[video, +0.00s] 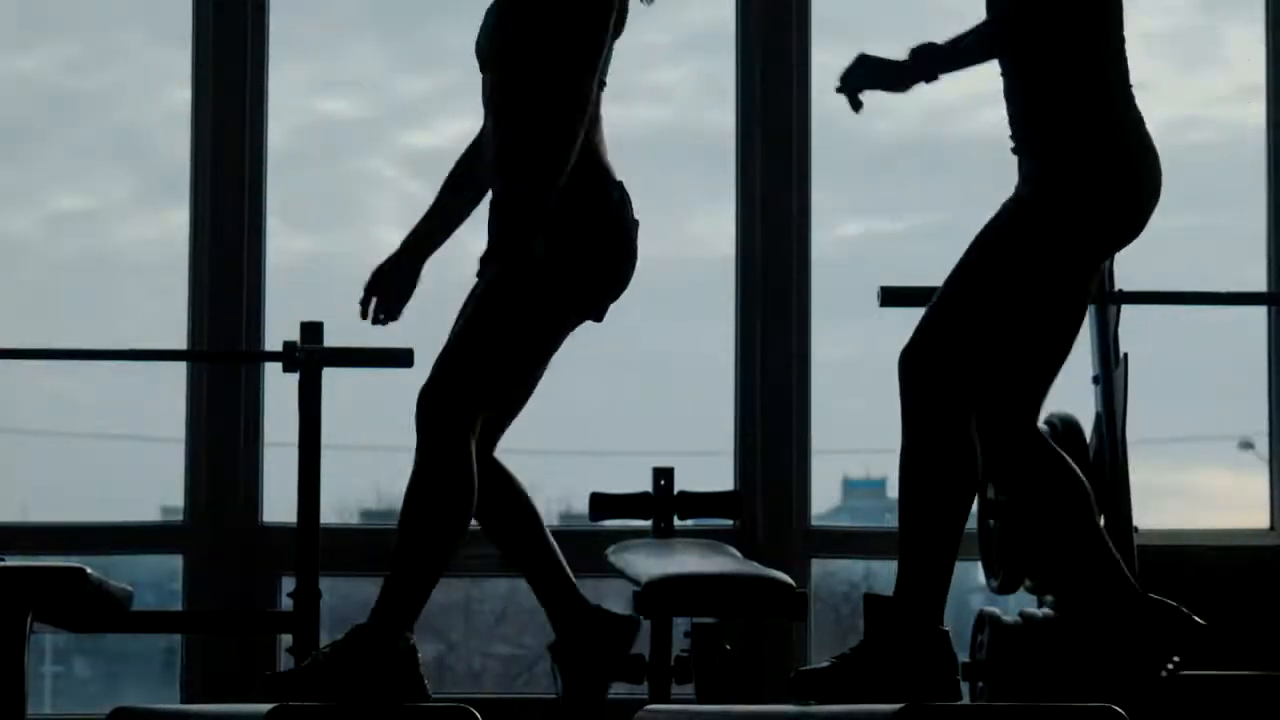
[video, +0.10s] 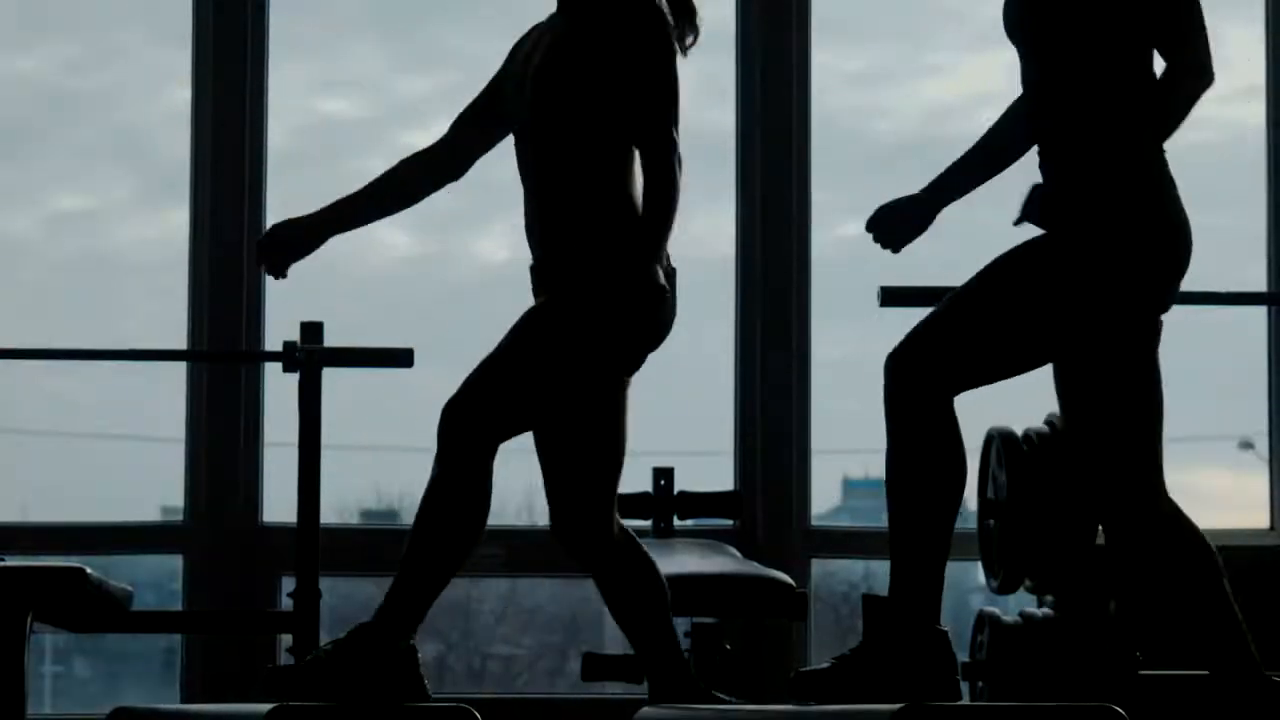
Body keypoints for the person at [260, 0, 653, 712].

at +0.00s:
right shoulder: (521, 7)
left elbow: (548, 129)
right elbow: (495, 135)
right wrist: (412, 253)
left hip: (564, 231)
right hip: (539, 231)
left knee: (447, 417)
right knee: (464, 442)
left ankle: (383, 643)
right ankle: (579, 628)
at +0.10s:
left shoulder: (640, 31)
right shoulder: (539, 47)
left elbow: (662, 154)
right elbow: (444, 158)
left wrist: (649, 260)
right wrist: (319, 226)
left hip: (620, 292)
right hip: (570, 296)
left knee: (470, 423)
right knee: (586, 522)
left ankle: (387, 642)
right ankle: (676, 689)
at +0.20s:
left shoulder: (659, 84)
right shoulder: (558, 101)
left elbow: (717, 209)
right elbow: (441, 185)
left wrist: (735, 315)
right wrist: (312, 190)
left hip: (669, 342)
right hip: (624, 345)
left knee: (517, 443)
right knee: (650, 572)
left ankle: (406, 637)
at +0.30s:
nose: (596, 24)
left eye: (610, 10)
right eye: (592, 11)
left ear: (645, 4)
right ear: (585, 9)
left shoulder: (682, 72)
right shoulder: (576, 92)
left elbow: (738, 204)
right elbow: (486, 201)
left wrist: (767, 334)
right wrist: (374, 182)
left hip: (701, 331)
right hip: (652, 335)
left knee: (555, 426)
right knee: (655, 565)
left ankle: (472, 646)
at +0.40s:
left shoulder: (701, 42)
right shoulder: (592, 54)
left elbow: (749, 183)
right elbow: (529, 186)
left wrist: (765, 316)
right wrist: (419, 216)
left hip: (703, 303)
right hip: (667, 305)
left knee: (578, 433)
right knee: (687, 528)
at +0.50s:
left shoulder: (710, 41)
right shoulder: (612, 47)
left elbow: (754, 182)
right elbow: (574, 195)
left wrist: (749, 300)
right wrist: (482, 285)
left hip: (709, 312)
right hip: (667, 315)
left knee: (633, 492)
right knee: (715, 517)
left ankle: (735, 683)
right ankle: (761, 694)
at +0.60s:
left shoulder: (708, 60)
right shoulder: (635, 72)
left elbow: (740, 217)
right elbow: (626, 243)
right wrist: (561, 357)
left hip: (715, 339)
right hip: (665, 341)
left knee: (708, 546)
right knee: (660, 549)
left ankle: (808, 711)